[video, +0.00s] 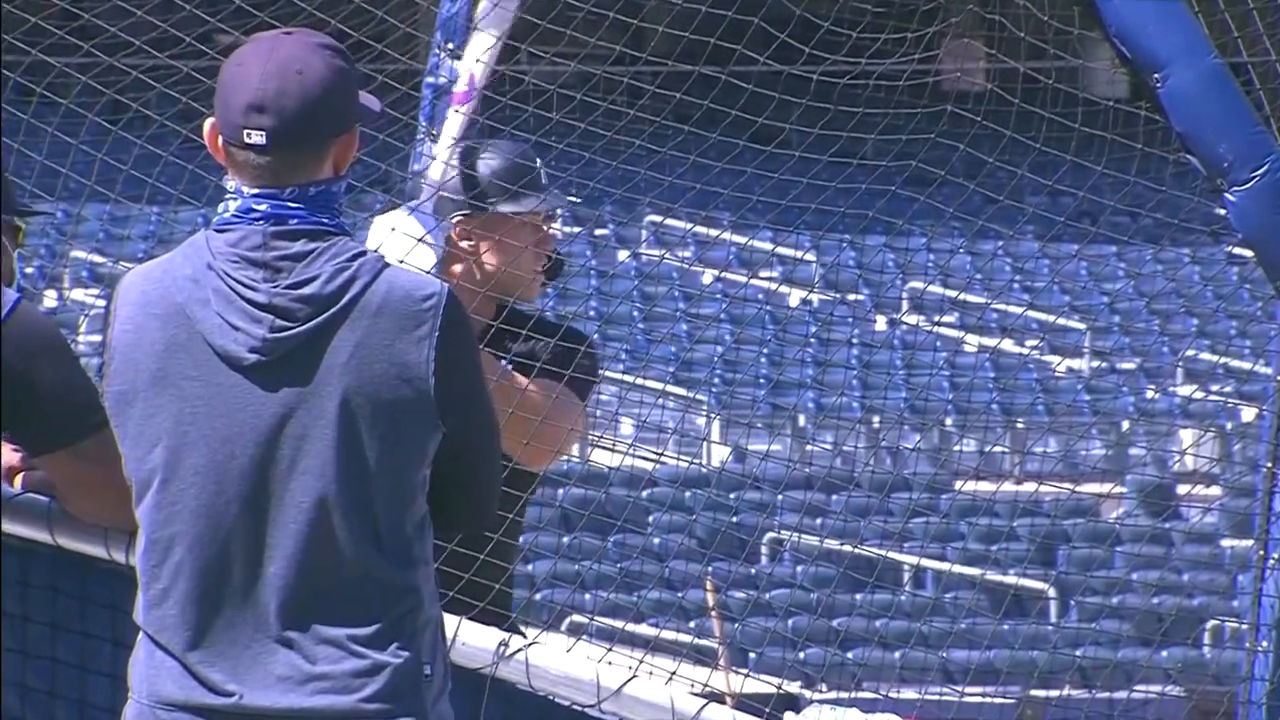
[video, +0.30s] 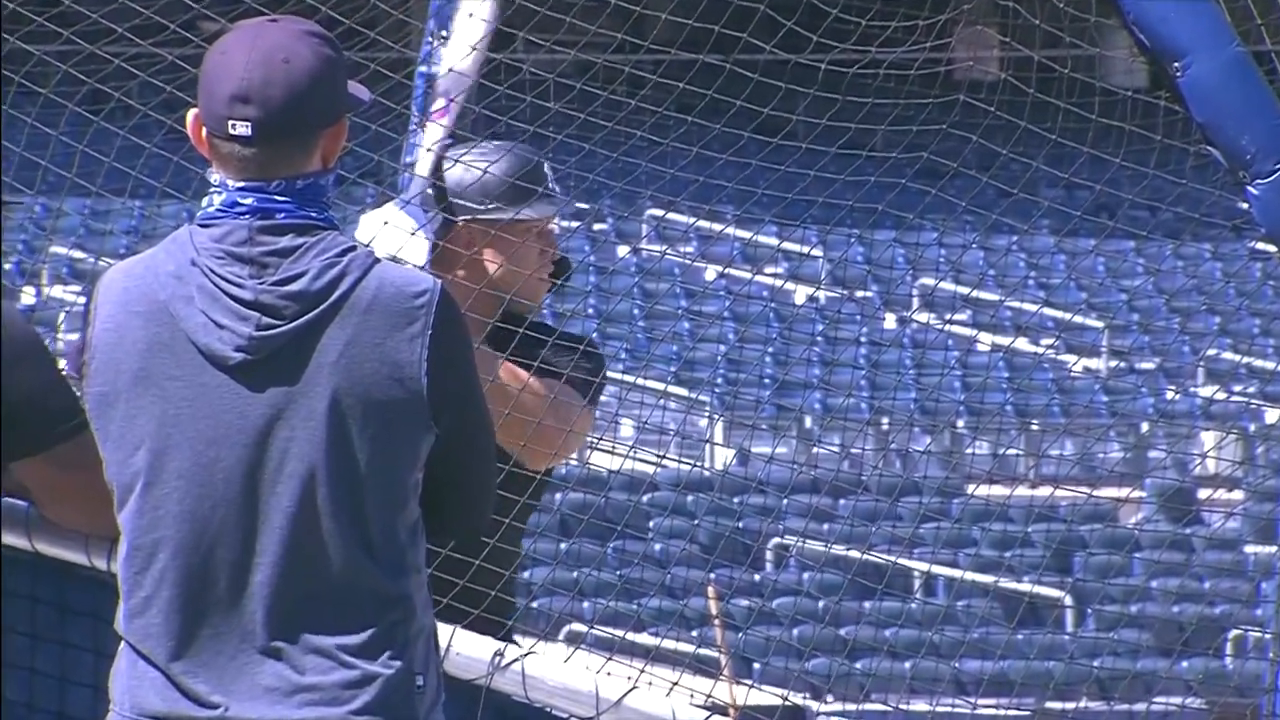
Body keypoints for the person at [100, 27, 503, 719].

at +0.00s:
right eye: (358, 136)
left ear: (213, 145)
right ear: (347, 153)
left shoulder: (139, 300)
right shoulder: (422, 313)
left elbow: (146, 478)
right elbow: (468, 510)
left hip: (172, 693)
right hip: (368, 694)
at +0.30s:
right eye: (346, 123)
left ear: (197, 137)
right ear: (337, 144)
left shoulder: (119, 298)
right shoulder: (414, 309)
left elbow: (124, 476)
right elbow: (461, 509)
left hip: (156, 698)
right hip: (357, 700)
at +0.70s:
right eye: (345, 124)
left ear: (191, 135)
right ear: (334, 141)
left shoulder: (110, 299)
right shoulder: (413, 309)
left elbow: (116, 477)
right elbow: (462, 510)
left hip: (151, 699)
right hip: (355, 698)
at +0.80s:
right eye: (346, 128)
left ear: (190, 135)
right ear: (333, 142)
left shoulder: (112, 296)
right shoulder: (412, 308)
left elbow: (125, 477)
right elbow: (463, 508)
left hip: (151, 699)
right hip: (353, 698)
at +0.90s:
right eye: (345, 125)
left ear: (191, 135)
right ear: (333, 142)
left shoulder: (111, 296)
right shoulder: (413, 308)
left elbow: (125, 476)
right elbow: (462, 508)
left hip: (151, 698)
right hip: (353, 697)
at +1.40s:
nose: (338, 138)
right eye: (339, 126)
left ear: (186, 134)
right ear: (326, 140)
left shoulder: (107, 298)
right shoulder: (410, 308)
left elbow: (122, 482)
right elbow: (457, 511)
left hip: (148, 700)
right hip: (352, 699)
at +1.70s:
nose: (339, 131)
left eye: (339, 113)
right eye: (337, 118)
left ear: (187, 138)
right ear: (317, 137)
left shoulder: (106, 299)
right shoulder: (406, 306)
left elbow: (123, 484)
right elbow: (461, 510)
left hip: (147, 699)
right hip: (350, 697)